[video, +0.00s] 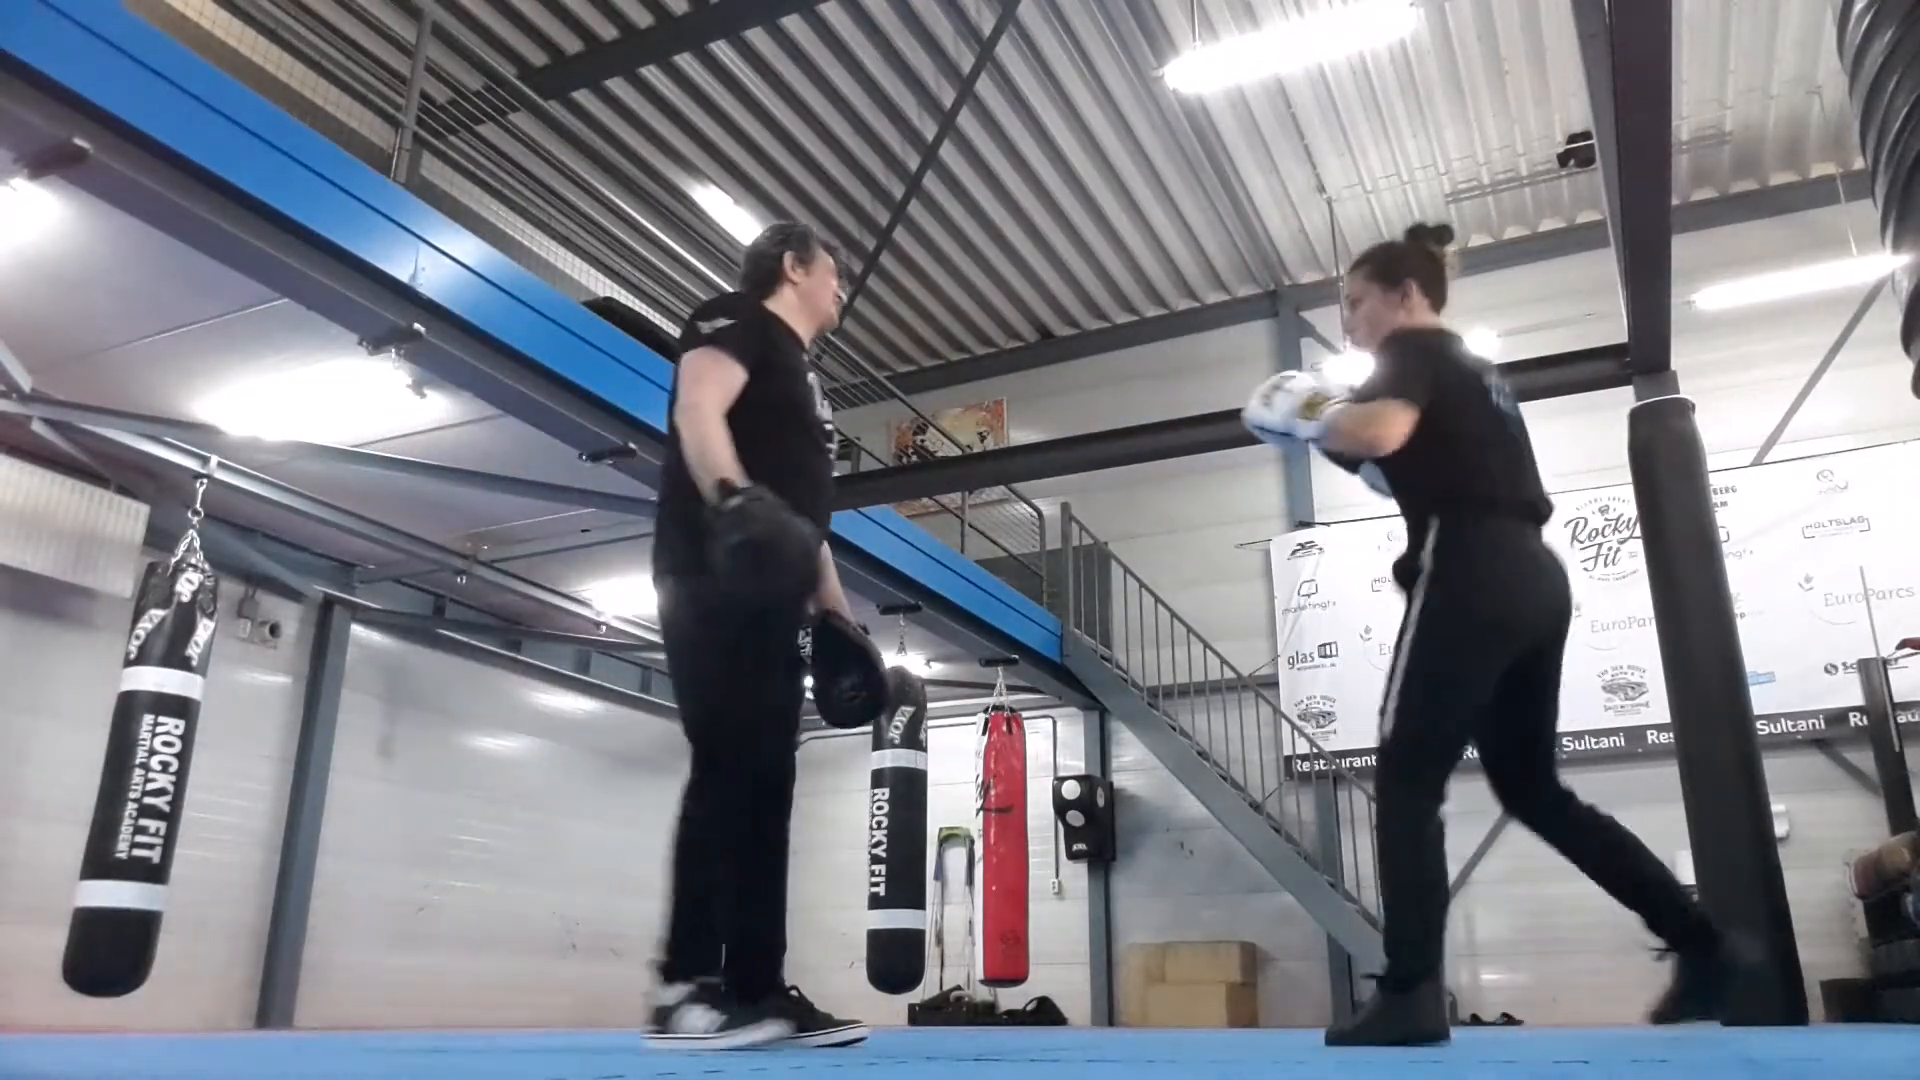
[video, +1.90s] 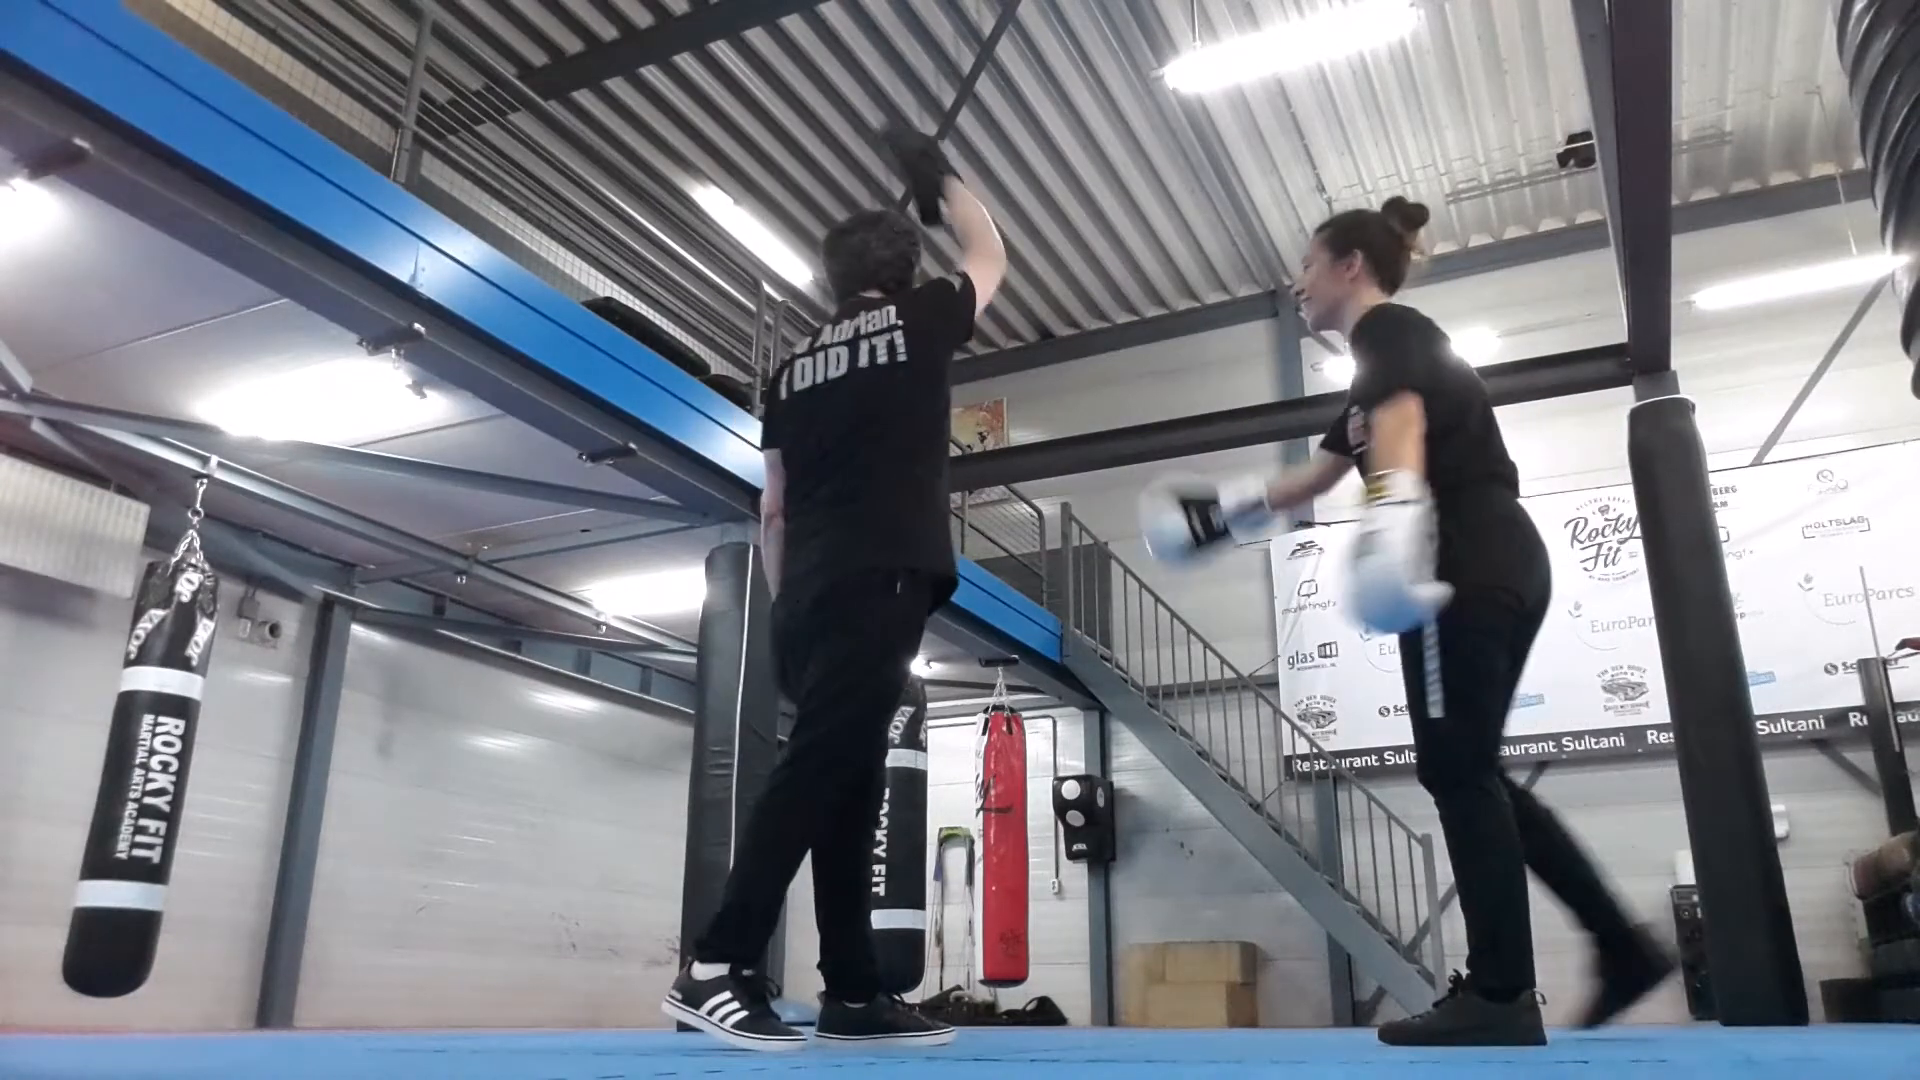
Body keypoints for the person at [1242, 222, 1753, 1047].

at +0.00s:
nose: (1349, 325)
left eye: (1355, 306)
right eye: (1346, 310)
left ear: (1403, 295)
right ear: (1421, 304)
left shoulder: (1412, 351)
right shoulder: (1470, 366)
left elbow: (1383, 430)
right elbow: (1417, 449)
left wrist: (1314, 419)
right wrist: (1333, 411)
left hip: (1470, 577)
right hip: (1532, 576)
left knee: (1406, 780)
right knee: (1529, 788)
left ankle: (1409, 996)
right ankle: (1701, 945)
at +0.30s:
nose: (1391, 308)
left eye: (1400, 289)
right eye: (1389, 292)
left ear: (1448, 280)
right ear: (1463, 290)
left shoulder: (1464, 333)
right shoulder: (1511, 355)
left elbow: (1468, 417)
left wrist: (1378, 424)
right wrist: (1390, 411)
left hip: (1506, 558)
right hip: (1569, 556)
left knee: (1438, 747)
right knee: (1610, 767)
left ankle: (1396, 959)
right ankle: (1755, 958)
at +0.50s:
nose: (1449, 343)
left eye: (1457, 324)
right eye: (1447, 326)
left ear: (1505, 316)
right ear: (1513, 322)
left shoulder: (1528, 377)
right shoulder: (1548, 386)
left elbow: (1567, 457)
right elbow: (1532, 497)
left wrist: (1460, 485)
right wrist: (1451, 483)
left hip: (1574, 606)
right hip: (1616, 604)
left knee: (1454, 772)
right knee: (1655, 801)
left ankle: (1485, 983)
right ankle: (1790, 988)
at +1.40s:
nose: (1363, 298)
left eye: (1376, 283)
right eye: (1365, 285)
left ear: (1425, 287)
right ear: (1422, 292)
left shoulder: (1456, 342)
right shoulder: (1436, 379)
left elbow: (1506, 413)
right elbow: (1471, 513)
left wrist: (1532, 488)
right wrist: (1451, 612)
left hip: (1525, 574)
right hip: (1534, 582)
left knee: (1478, 766)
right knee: (1604, 780)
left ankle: (1497, 996)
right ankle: (1762, 975)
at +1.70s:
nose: (1312, 294)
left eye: (1327, 280)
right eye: (1315, 282)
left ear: (1378, 286)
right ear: (1366, 292)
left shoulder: (1428, 344)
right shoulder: (1371, 406)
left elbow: (1500, 403)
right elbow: (1371, 516)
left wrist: (1508, 473)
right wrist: (1353, 609)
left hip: (1487, 578)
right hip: (1510, 582)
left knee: (1447, 772)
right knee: (1581, 778)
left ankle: (1498, 994)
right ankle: (1752, 967)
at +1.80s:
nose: (1303, 285)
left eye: (1316, 269)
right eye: (1305, 272)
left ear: (1364, 273)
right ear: (1359, 279)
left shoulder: (1408, 332)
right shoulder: (1369, 391)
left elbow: (1453, 405)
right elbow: (1335, 499)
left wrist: (1463, 503)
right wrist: (1284, 572)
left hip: (1470, 560)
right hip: (1508, 563)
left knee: (1455, 768)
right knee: (1524, 777)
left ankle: (1499, 994)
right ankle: (1700, 947)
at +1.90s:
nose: (1299, 286)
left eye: (1309, 269)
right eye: (1300, 271)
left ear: (1350, 267)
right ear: (1359, 273)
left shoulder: (1387, 330)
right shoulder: (1380, 361)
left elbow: (1400, 425)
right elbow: (1325, 474)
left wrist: (1385, 525)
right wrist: (1231, 513)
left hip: (1461, 557)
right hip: (1493, 560)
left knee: (1455, 767)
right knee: (1467, 768)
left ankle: (1498, 995)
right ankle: (1622, 948)